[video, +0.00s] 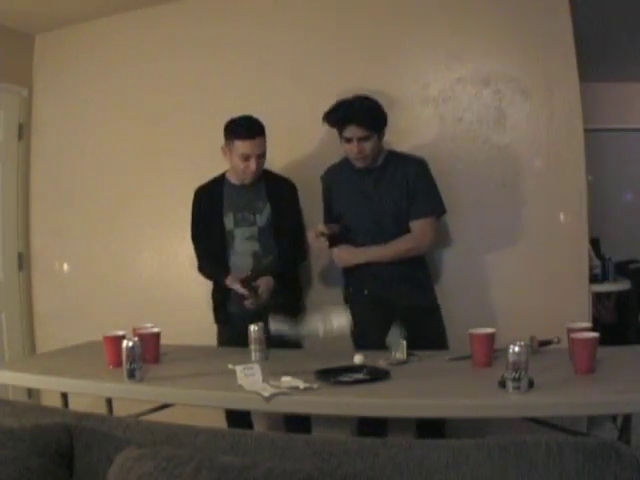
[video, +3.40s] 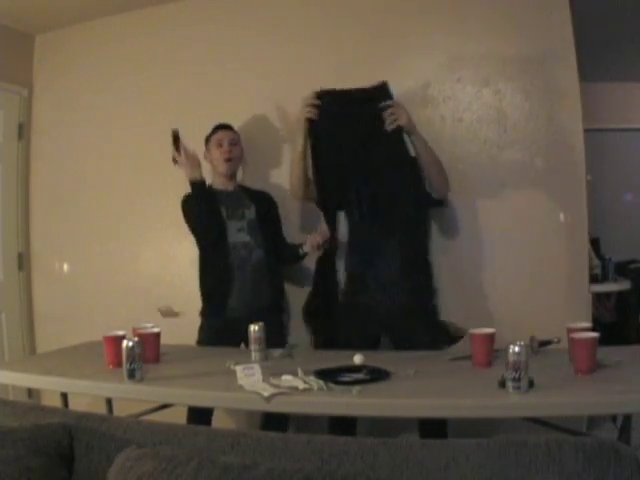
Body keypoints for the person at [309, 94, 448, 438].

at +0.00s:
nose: (356, 149)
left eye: (364, 140)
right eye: (348, 140)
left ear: (380, 135)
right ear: (340, 138)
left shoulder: (412, 170)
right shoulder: (334, 178)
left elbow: (424, 239)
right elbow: (338, 231)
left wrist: (359, 255)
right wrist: (326, 235)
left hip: (413, 292)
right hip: (365, 295)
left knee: (431, 379)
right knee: (368, 385)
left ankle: (433, 468)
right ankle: (369, 469)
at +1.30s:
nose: (367, 146)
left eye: (376, 136)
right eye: (360, 138)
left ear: (395, 134)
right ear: (354, 139)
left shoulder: (426, 170)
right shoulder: (353, 173)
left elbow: (419, 237)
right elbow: (350, 238)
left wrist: (376, 193)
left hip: (431, 290)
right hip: (383, 293)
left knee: (458, 376)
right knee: (378, 384)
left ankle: (458, 467)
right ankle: (369, 472)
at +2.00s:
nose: (369, 136)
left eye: (376, 128)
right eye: (364, 130)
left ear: (396, 132)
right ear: (358, 137)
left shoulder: (426, 169)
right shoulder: (362, 179)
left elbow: (424, 226)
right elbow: (323, 194)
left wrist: (390, 174)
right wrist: (329, 136)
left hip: (435, 291)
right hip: (387, 294)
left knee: (457, 379)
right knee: (380, 383)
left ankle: (452, 468)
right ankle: (368, 472)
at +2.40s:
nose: (382, 137)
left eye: (390, 127)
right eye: (377, 131)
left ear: (412, 129)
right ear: (372, 136)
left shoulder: (437, 164)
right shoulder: (366, 173)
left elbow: (415, 177)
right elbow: (322, 159)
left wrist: (368, 124)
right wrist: (333, 105)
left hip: (435, 287)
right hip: (388, 289)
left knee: (448, 378)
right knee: (380, 379)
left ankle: (444, 463)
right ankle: (369, 463)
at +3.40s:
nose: (373, 140)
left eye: (378, 132)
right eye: (363, 132)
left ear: (393, 142)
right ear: (354, 142)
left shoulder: (409, 175)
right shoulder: (347, 183)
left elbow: (440, 190)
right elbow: (305, 192)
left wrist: (412, 132)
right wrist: (306, 134)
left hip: (408, 290)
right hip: (357, 293)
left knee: (427, 381)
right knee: (346, 385)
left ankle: (438, 469)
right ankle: (340, 469)